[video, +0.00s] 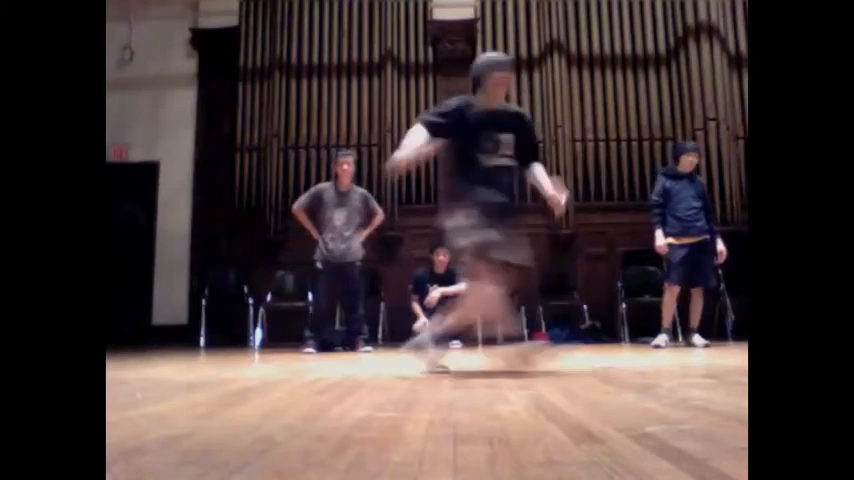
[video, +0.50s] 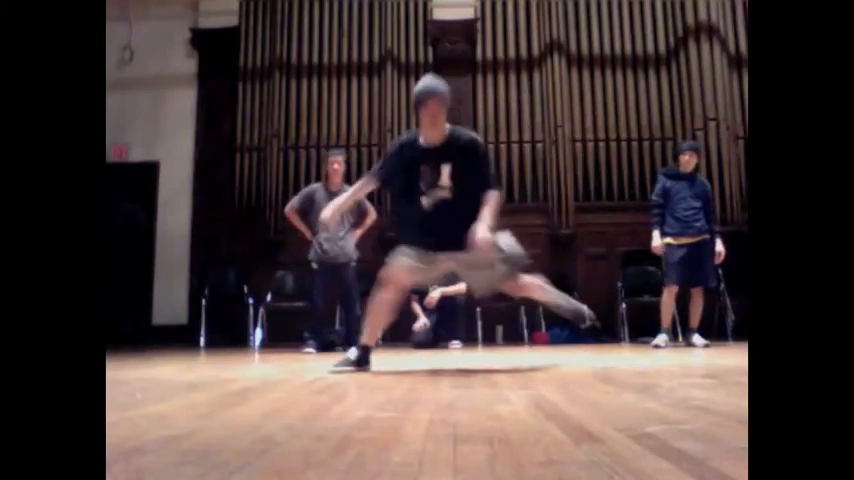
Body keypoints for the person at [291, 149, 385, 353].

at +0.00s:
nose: (345, 169)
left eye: (348, 164)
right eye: (341, 164)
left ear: (354, 168)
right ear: (335, 168)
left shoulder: (362, 195)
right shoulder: (322, 190)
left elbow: (379, 215)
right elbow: (297, 208)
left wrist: (362, 235)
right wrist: (316, 234)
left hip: (351, 253)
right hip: (327, 252)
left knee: (354, 300)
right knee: (323, 301)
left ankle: (356, 340)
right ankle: (316, 340)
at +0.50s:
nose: (335, 168)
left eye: (339, 163)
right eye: (332, 163)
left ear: (344, 168)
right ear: (326, 167)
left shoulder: (351, 193)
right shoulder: (314, 191)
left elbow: (372, 213)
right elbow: (290, 210)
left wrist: (356, 234)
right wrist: (308, 234)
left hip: (345, 251)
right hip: (321, 251)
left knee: (350, 301)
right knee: (321, 301)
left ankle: (351, 342)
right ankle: (320, 341)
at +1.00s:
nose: (332, 168)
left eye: (336, 164)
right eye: (329, 164)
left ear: (342, 169)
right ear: (323, 168)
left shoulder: (351, 194)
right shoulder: (312, 192)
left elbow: (370, 214)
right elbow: (288, 211)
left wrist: (355, 233)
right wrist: (308, 235)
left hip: (345, 252)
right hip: (321, 252)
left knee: (351, 299)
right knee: (318, 300)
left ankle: (357, 338)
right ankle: (314, 340)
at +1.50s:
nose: (333, 171)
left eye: (337, 167)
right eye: (330, 166)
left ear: (342, 171)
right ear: (324, 170)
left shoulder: (351, 194)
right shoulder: (313, 192)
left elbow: (367, 216)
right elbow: (289, 212)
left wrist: (354, 237)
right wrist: (309, 235)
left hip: (346, 256)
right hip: (321, 255)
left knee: (349, 300)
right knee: (320, 300)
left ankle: (348, 338)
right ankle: (318, 337)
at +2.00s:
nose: (336, 167)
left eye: (339, 164)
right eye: (332, 164)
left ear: (344, 169)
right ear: (326, 168)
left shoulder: (353, 194)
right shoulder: (314, 192)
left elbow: (373, 215)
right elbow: (290, 211)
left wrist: (358, 235)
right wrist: (308, 233)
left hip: (347, 256)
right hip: (321, 256)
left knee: (350, 300)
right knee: (319, 301)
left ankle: (356, 339)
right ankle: (315, 339)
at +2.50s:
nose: (336, 167)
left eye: (340, 164)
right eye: (333, 163)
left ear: (345, 168)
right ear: (326, 167)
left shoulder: (354, 194)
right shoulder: (314, 192)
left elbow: (373, 215)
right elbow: (290, 211)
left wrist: (358, 234)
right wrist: (309, 237)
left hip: (347, 252)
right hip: (320, 250)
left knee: (349, 297)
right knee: (318, 294)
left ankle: (358, 338)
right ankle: (312, 339)